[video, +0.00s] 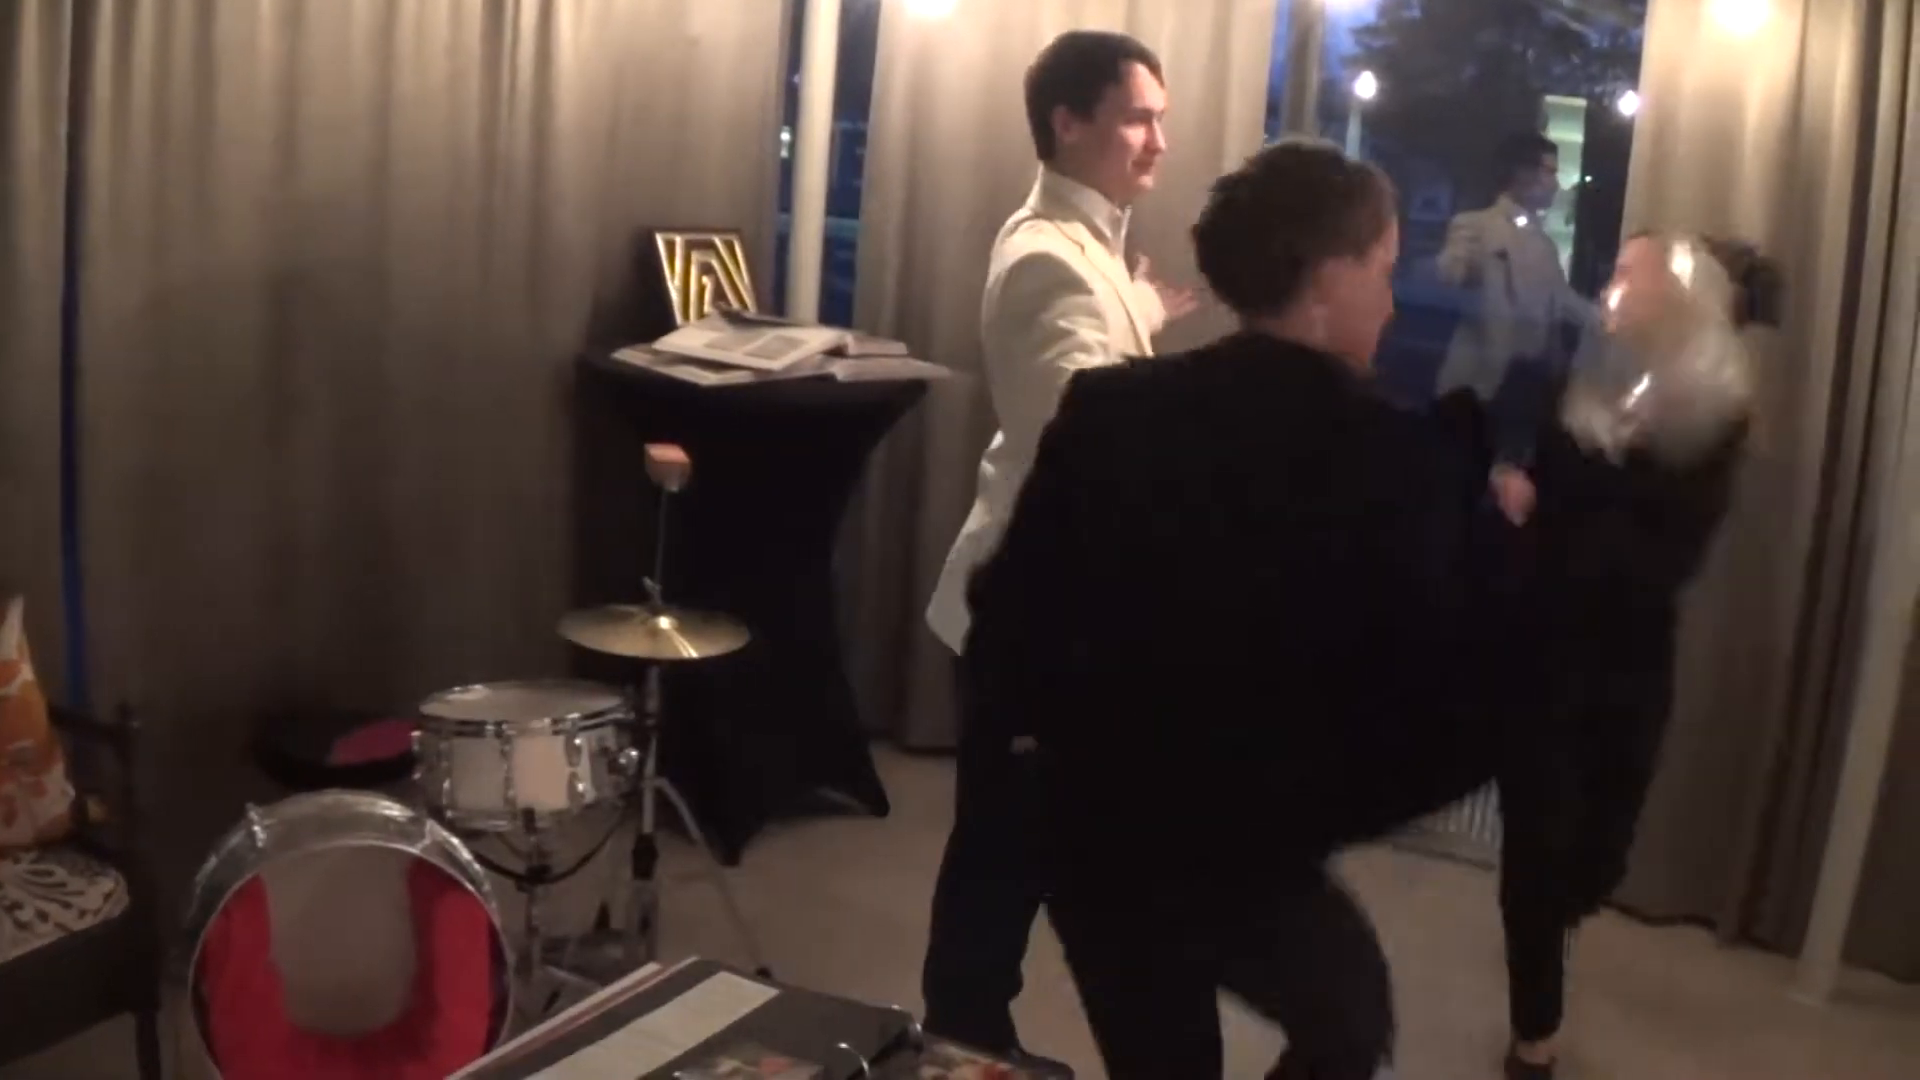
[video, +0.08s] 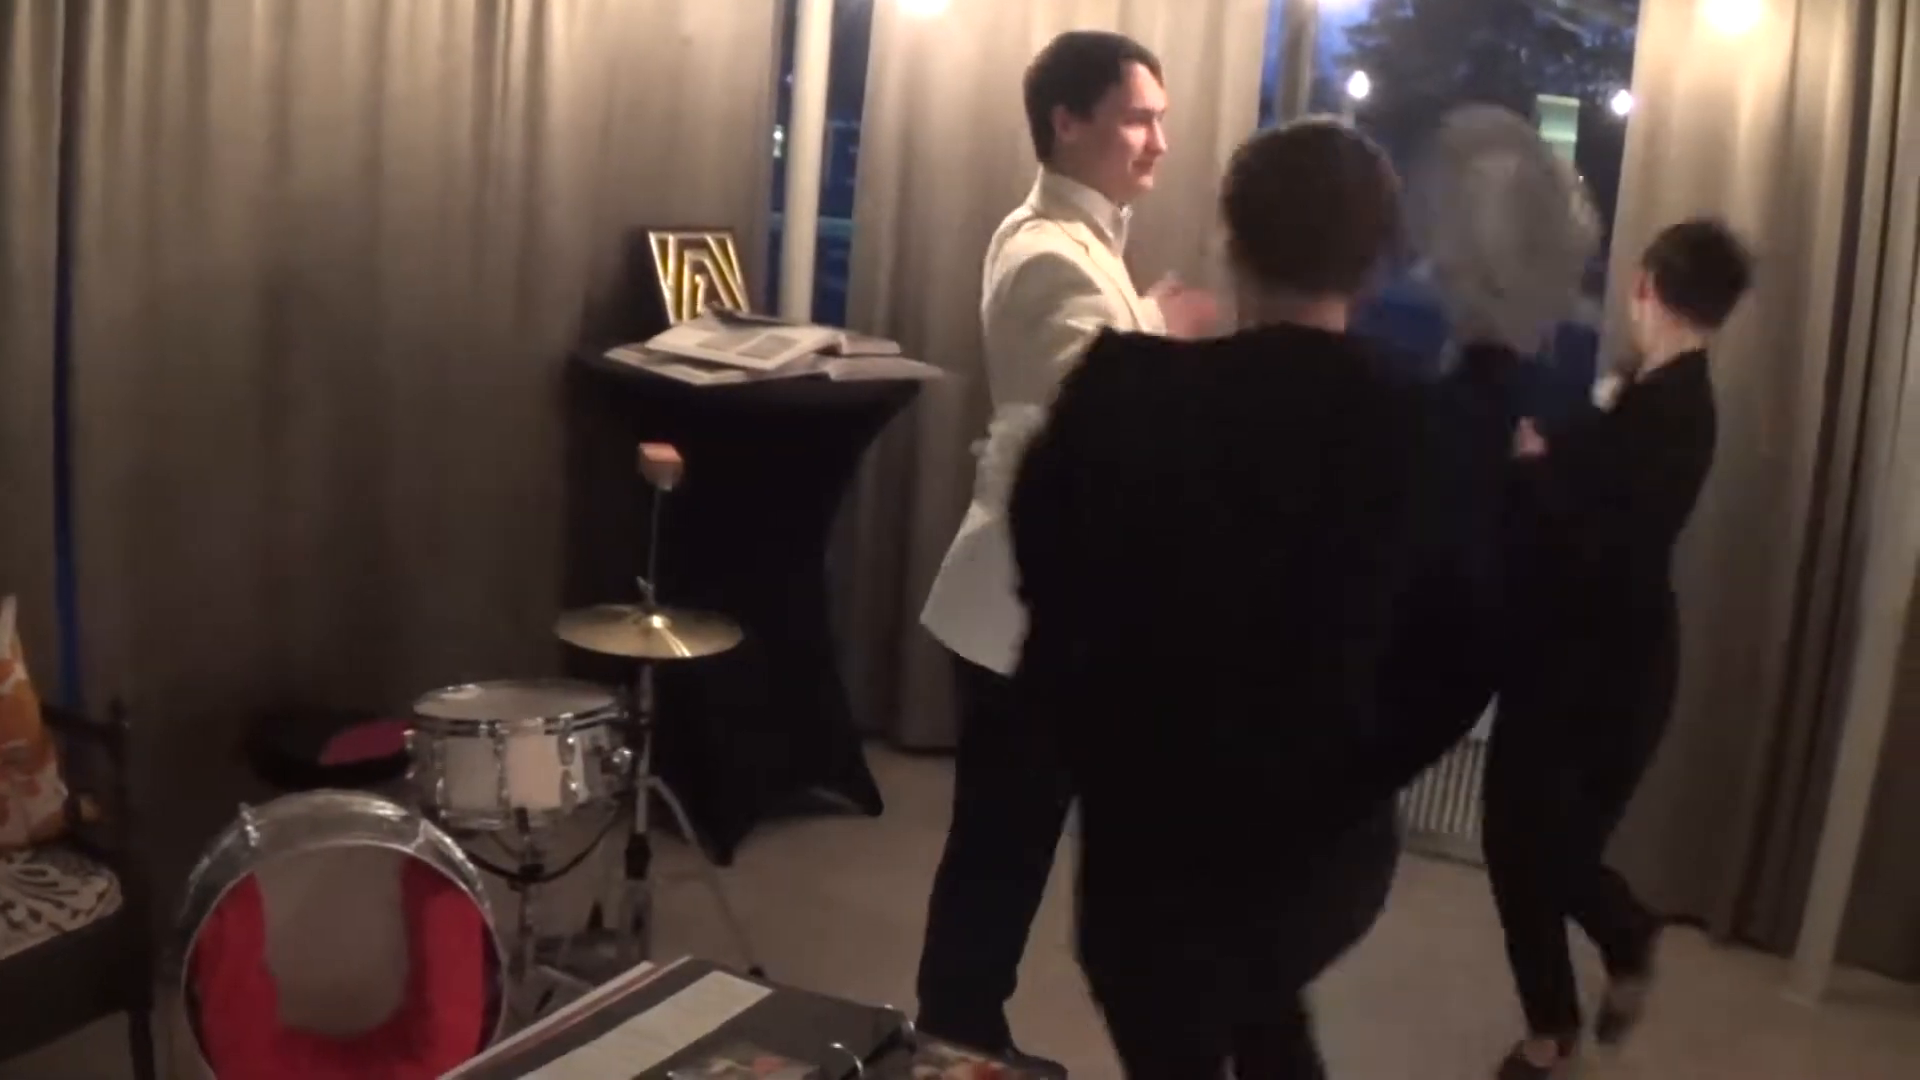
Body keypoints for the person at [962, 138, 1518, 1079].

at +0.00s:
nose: (1393, 298)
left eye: (1394, 269)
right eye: (1386, 268)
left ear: (1245, 269)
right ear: (1325, 273)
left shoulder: (1108, 405)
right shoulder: (1391, 447)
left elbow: (1004, 633)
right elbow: (1445, 714)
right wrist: (1500, 537)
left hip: (1095, 829)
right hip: (1247, 839)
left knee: (1163, 1065)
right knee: (1348, 1020)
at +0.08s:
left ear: (1230, 235)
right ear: (1377, 256)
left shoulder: (1119, 383)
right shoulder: (1422, 422)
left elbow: (1041, 561)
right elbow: (1466, 650)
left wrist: (1113, 738)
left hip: (1144, 837)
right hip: (1328, 852)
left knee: (1171, 1059)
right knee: (1267, 1002)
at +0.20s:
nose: (1232, 250)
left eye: (1269, 227)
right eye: (1226, 222)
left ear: (1361, 238)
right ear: (1213, 221)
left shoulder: (1346, 391)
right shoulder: (1291, 372)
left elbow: (1287, 645)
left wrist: (1129, 738)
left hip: (1314, 815)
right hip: (1286, 796)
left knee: (1210, 1055)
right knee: (1196, 1051)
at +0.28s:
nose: (1330, 283)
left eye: (1359, 253)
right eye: (1301, 252)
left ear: (1400, 259)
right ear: (1258, 255)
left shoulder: (1436, 422)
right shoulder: (1221, 374)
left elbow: (1442, 660)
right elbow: (1161, 529)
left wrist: (1237, 788)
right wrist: (1139, 337)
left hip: (1375, 834)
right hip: (1227, 811)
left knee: (1296, 1055)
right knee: (1203, 1055)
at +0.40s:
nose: (1441, 317)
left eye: (1459, 287)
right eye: (1409, 288)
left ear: (1476, 285)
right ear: (1326, 279)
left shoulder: (1499, 443)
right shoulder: (1246, 409)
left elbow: (1550, 635)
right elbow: (1102, 523)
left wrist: (1516, 799)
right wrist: (1224, 693)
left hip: (1415, 839)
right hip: (1251, 820)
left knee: (1371, 1065)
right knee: (1236, 1065)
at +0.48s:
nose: (1502, 326)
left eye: (1510, 301)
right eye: (1477, 299)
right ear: (1384, 291)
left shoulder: (1486, 442)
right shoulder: (1301, 426)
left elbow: (1492, 624)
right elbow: (1256, 411)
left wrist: (1517, 740)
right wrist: (1285, 288)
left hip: (1419, 838)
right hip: (1296, 832)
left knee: (1369, 1059)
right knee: (1311, 1061)